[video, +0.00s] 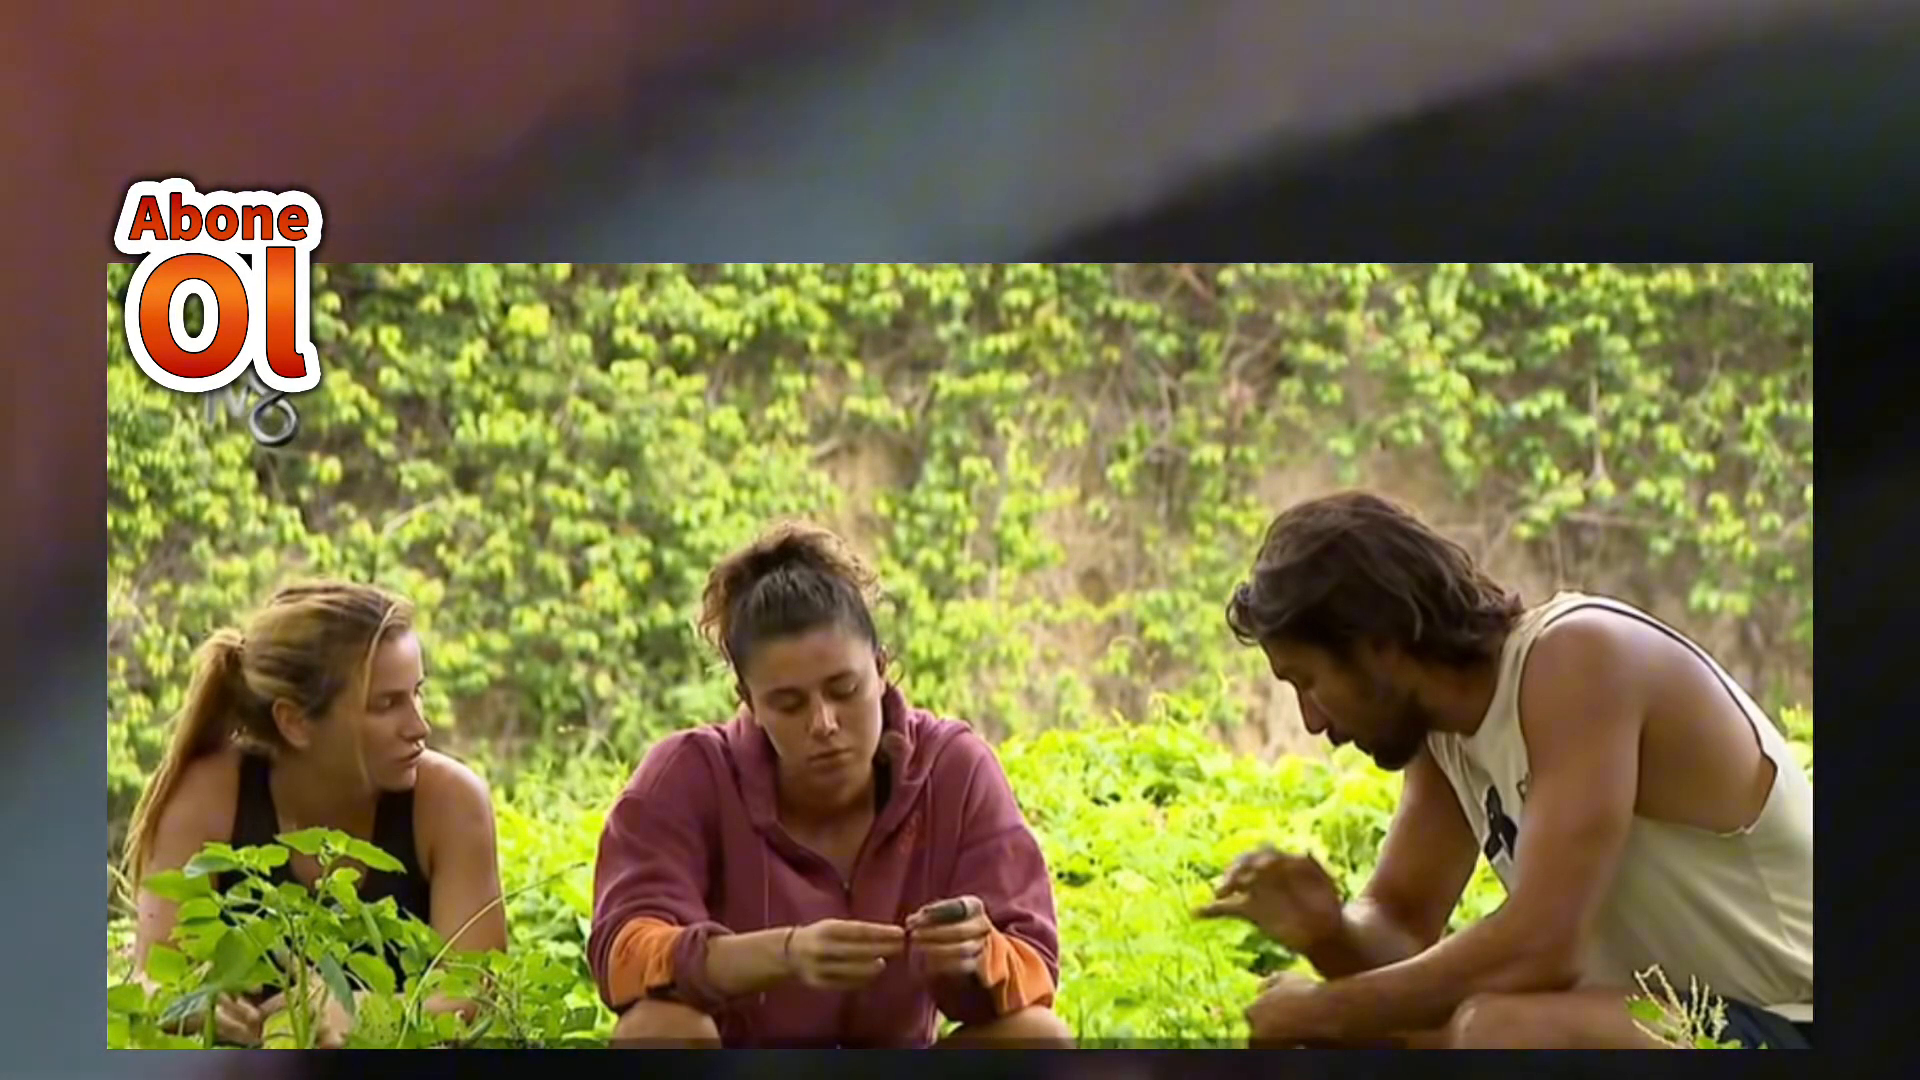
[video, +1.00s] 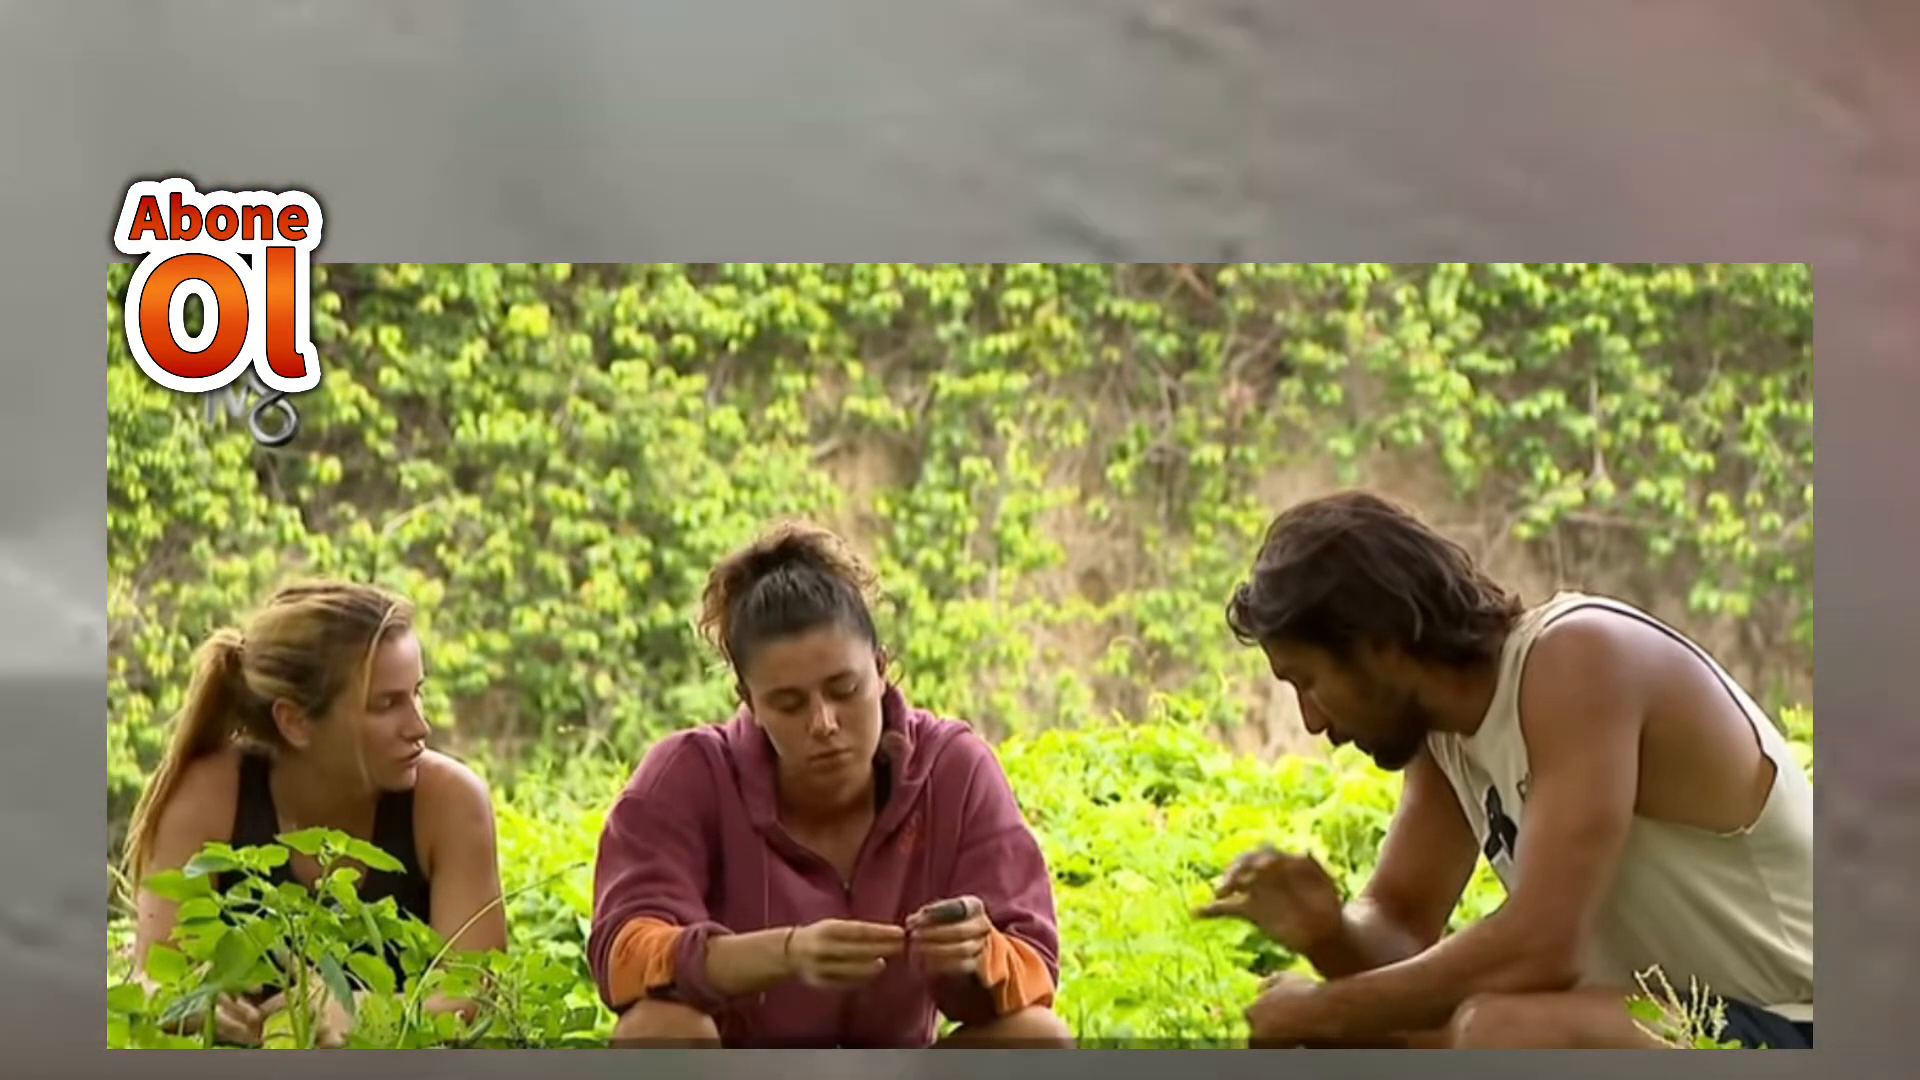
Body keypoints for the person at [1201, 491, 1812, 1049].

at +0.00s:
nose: (1311, 724)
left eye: (1306, 687)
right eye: (1296, 693)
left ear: (1382, 643)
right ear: (1382, 643)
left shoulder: (1585, 656)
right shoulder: (1450, 730)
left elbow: (1539, 951)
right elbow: (1403, 926)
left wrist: (1326, 1014)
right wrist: (1330, 932)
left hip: (1788, 1014)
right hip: (1658, 1001)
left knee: (1500, 1026)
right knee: (1387, 1026)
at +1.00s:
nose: (1311, 724)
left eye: (1307, 687)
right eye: (1296, 693)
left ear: (1384, 642)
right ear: (1384, 643)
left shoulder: (1584, 657)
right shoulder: (1451, 731)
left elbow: (1540, 950)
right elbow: (1403, 926)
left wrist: (1327, 1015)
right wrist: (1329, 933)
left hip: (1790, 1018)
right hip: (1659, 1002)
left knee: (1500, 1026)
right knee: (1381, 1026)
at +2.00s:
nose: (1311, 723)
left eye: (1306, 686)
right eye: (1295, 693)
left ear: (1383, 642)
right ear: (1383, 643)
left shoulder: (1584, 656)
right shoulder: (1450, 730)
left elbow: (1539, 950)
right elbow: (1403, 924)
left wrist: (1325, 1015)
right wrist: (1330, 933)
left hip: (1789, 1019)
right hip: (1658, 1003)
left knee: (1501, 1025)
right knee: (1379, 1026)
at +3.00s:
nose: (1311, 723)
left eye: (1306, 687)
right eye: (1295, 693)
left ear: (1384, 642)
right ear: (1384, 644)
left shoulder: (1584, 656)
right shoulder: (1450, 730)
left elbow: (1540, 950)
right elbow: (1403, 925)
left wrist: (1323, 1014)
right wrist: (1330, 934)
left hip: (1791, 1019)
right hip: (1656, 1005)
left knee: (1499, 1025)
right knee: (1370, 1028)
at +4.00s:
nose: (1312, 724)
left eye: (1306, 687)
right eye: (1296, 693)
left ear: (1383, 644)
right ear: (1383, 644)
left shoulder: (1584, 657)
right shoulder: (1450, 729)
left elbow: (1539, 950)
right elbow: (1403, 927)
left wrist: (1324, 1014)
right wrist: (1330, 932)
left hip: (1790, 1019)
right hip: (1653, 1003)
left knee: (1502, 1027)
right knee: (1377, 1029)